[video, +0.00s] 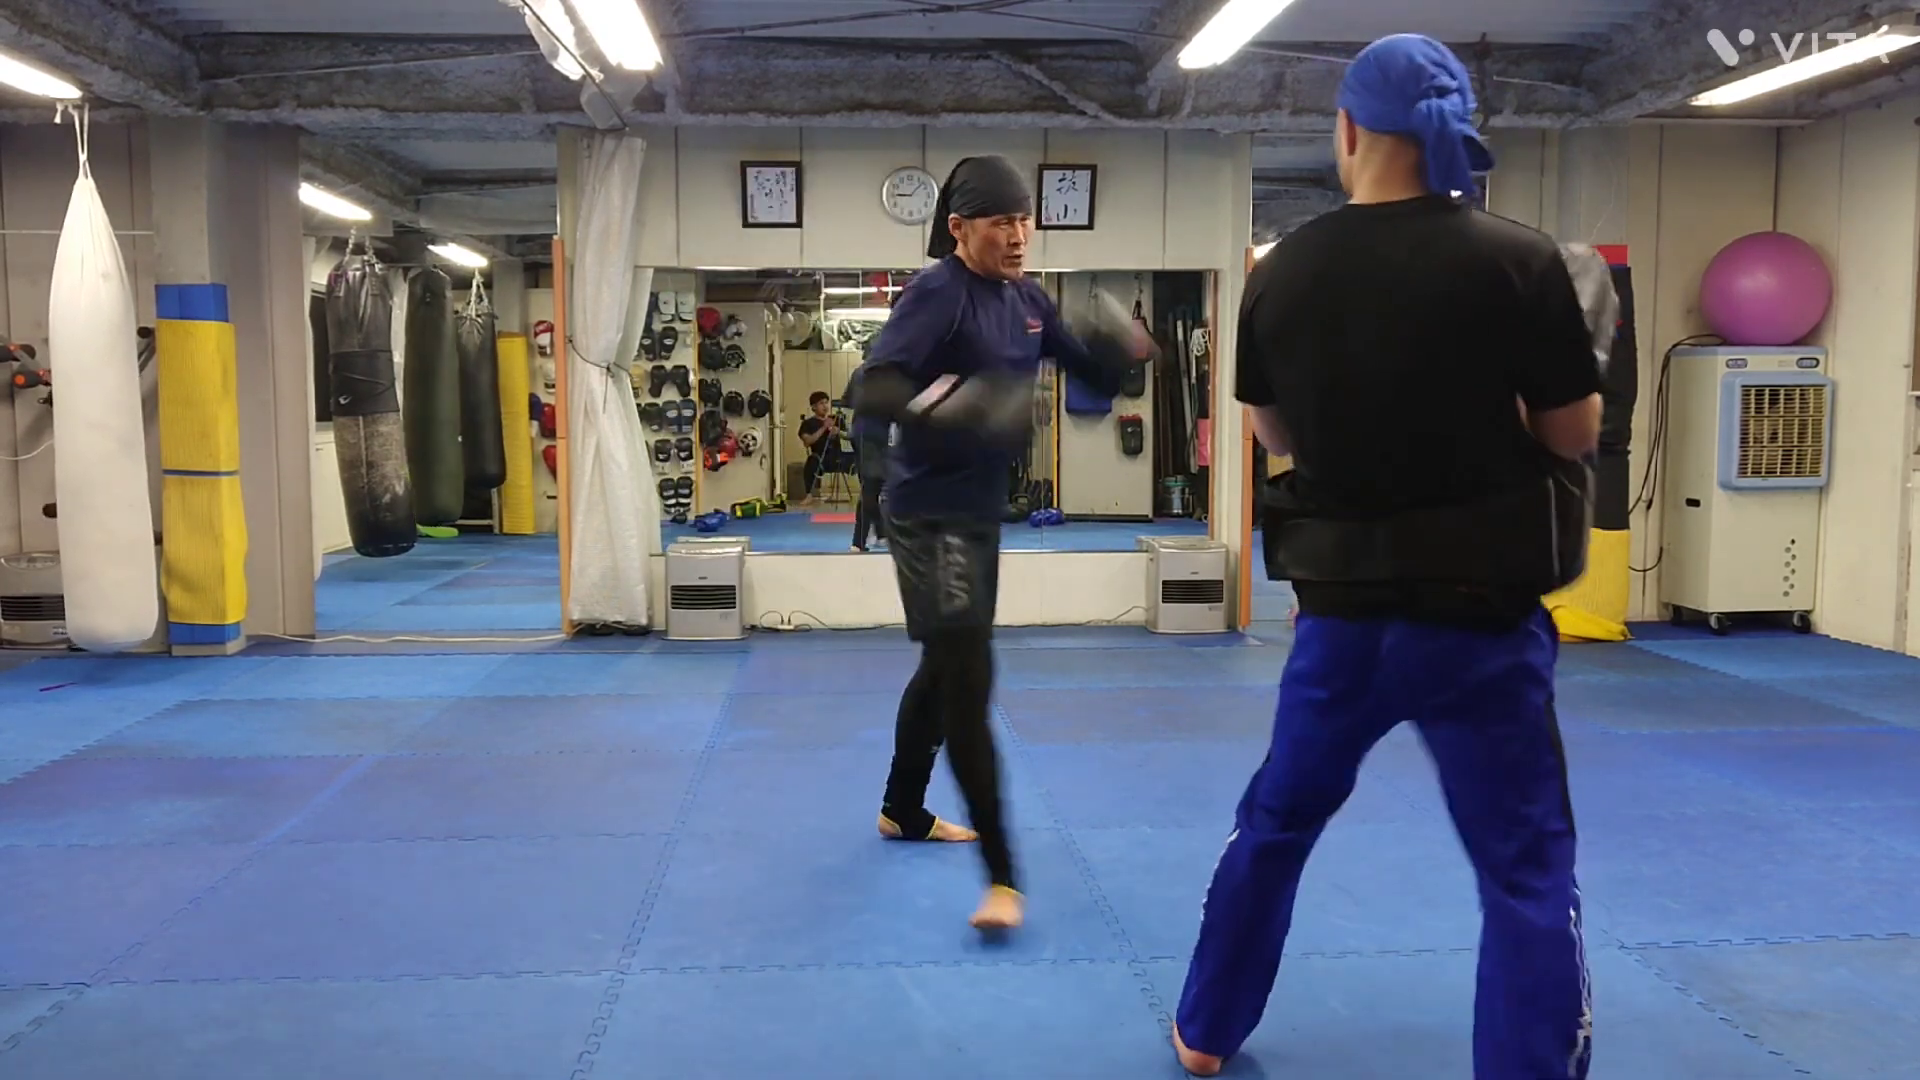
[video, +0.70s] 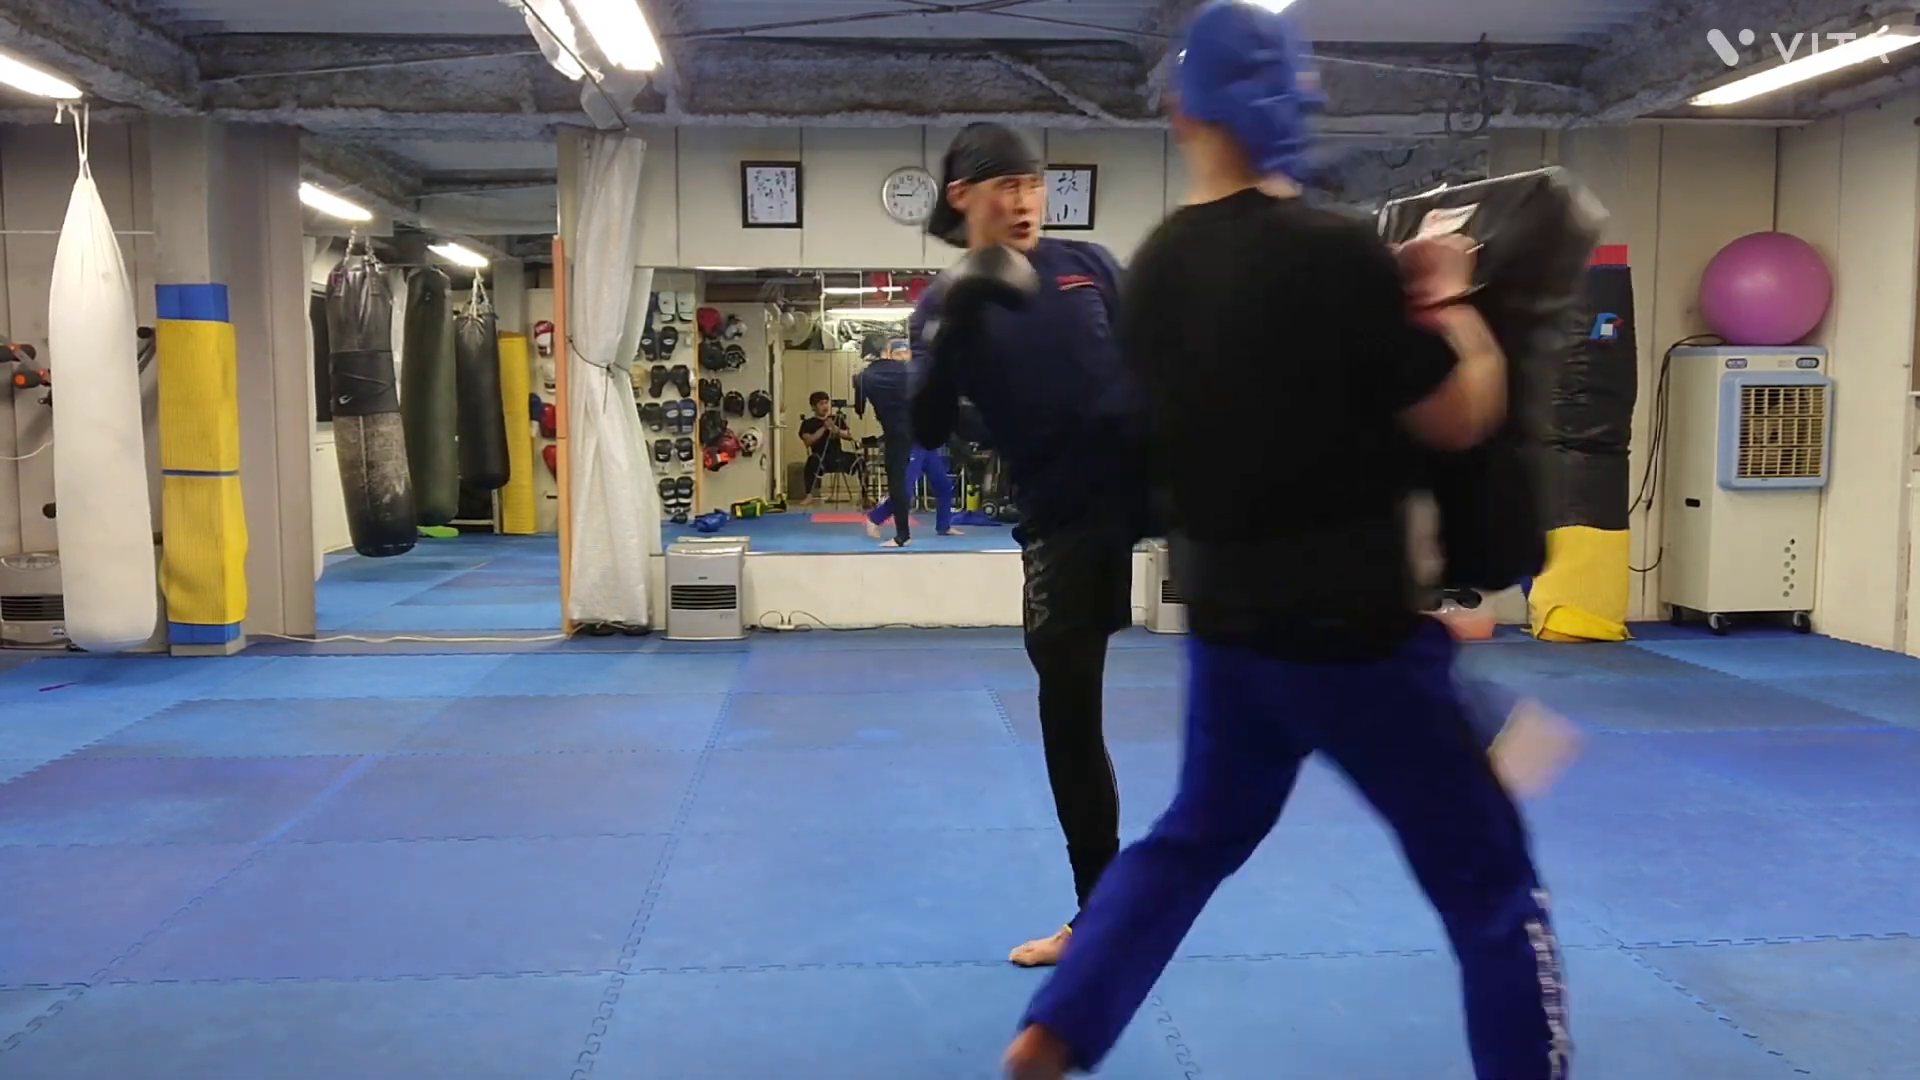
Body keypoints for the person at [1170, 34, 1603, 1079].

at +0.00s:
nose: (1336, 144)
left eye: (1338, 128)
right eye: (1342, 128)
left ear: (1352, 136)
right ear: (1453, 138)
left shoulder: (1280, 272)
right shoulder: (1520, 263)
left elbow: (1277, 435)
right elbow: (1574, 433)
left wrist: (1380, 420)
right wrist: (1490, 397)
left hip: (1340, 619)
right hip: (1483, 621)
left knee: (1275, 823)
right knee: (1528, 877)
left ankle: (1204, 1035)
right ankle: (1536, 1069)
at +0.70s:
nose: (1168, 116)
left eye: (1171, 101)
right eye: (1184, 101)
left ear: (1186, 113)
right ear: (1290, 109)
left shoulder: (1156, 264)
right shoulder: (1335, 251)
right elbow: (1464, 411)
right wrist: (1448, 290)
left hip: (1229, 640)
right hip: (1361, 646)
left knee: (1196, 835)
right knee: (1489, 885)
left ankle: (1048, 1043)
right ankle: (1527, 1069)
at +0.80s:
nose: (1228, 132)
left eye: (1225, 116)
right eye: (1225, 113)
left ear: (1110, 121)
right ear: (1214, 120)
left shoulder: (1086, 262)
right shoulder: (1216, 254)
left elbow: (1166, 421)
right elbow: (1334, 434)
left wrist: (1300, 336)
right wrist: (1374, 331)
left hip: (1138, 651)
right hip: (1258, 657)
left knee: (1132, 880)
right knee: (1420, 907)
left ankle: (1015, 1069)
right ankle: (1498, 1069)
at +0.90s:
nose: (1158, 81)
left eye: (1151, 59)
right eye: (1152, 61)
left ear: (1035, 87)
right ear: (1137, 80)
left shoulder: (1014, 230)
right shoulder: (1104, 229)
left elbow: (1103, 398)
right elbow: (1211, 408)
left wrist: (1252, 327)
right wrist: (1290, 334)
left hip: (1041, 634)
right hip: (1141, 638)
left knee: (1090, 870)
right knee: (1301, 877)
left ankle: (1024, 1070)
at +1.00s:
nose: (1123, 62)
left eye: (1117, 44)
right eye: (1117, 44)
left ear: (1003, 70)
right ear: (1096, 60)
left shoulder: (979, 206)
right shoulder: (1060, 203)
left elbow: (1068, 380)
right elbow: (1170, 396)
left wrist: (1217, 320)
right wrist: (1245, 334)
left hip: (998, 617)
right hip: (1090, 623)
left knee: (1061, 877)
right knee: (1230, 878)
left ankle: (1018, 1072)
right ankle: (1162, 1063)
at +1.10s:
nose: (1072, 49)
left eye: (1066, 32)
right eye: (1065, 32)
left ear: (955, 59)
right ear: (1041, 48)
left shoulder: (927, 191)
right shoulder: (1009, 191)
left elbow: (1017, 377)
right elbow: (1126, 384)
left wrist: (1150, 307)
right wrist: (1192, 306)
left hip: (946, 607)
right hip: (1011, 618)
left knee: (1011, 904)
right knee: (1063, 923)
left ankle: (1017, 1069)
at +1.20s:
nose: (1025, 51)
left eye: (1018, 34)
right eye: (1017, 34)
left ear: (911, 63)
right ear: (992, 54)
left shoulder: (880, 192)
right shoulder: (961, 195)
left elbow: (953, 381)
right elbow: (1073, 401)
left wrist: (1084, 313)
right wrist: (1137, 316)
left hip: (899, 607)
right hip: (935, 618)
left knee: (1004, 862)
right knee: (879, 936)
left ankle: (1008, 1072)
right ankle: (744, 1077)